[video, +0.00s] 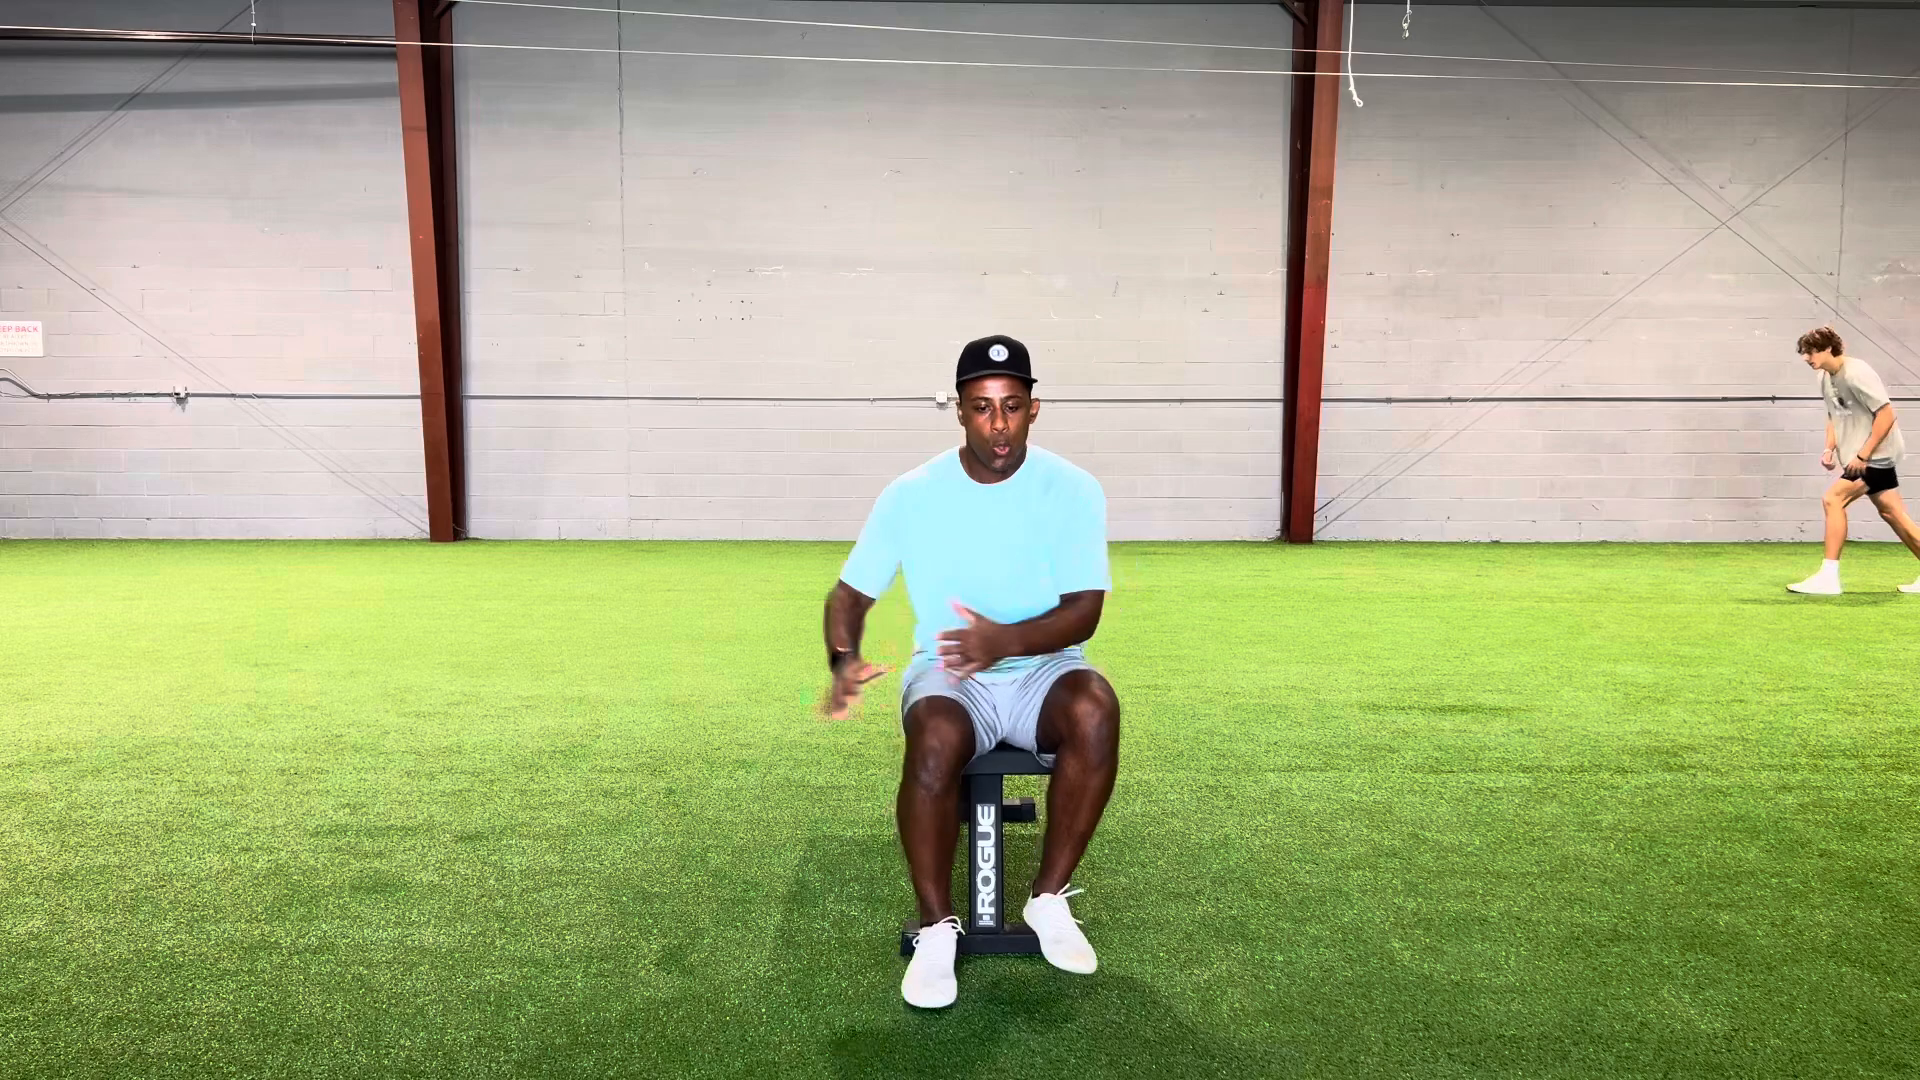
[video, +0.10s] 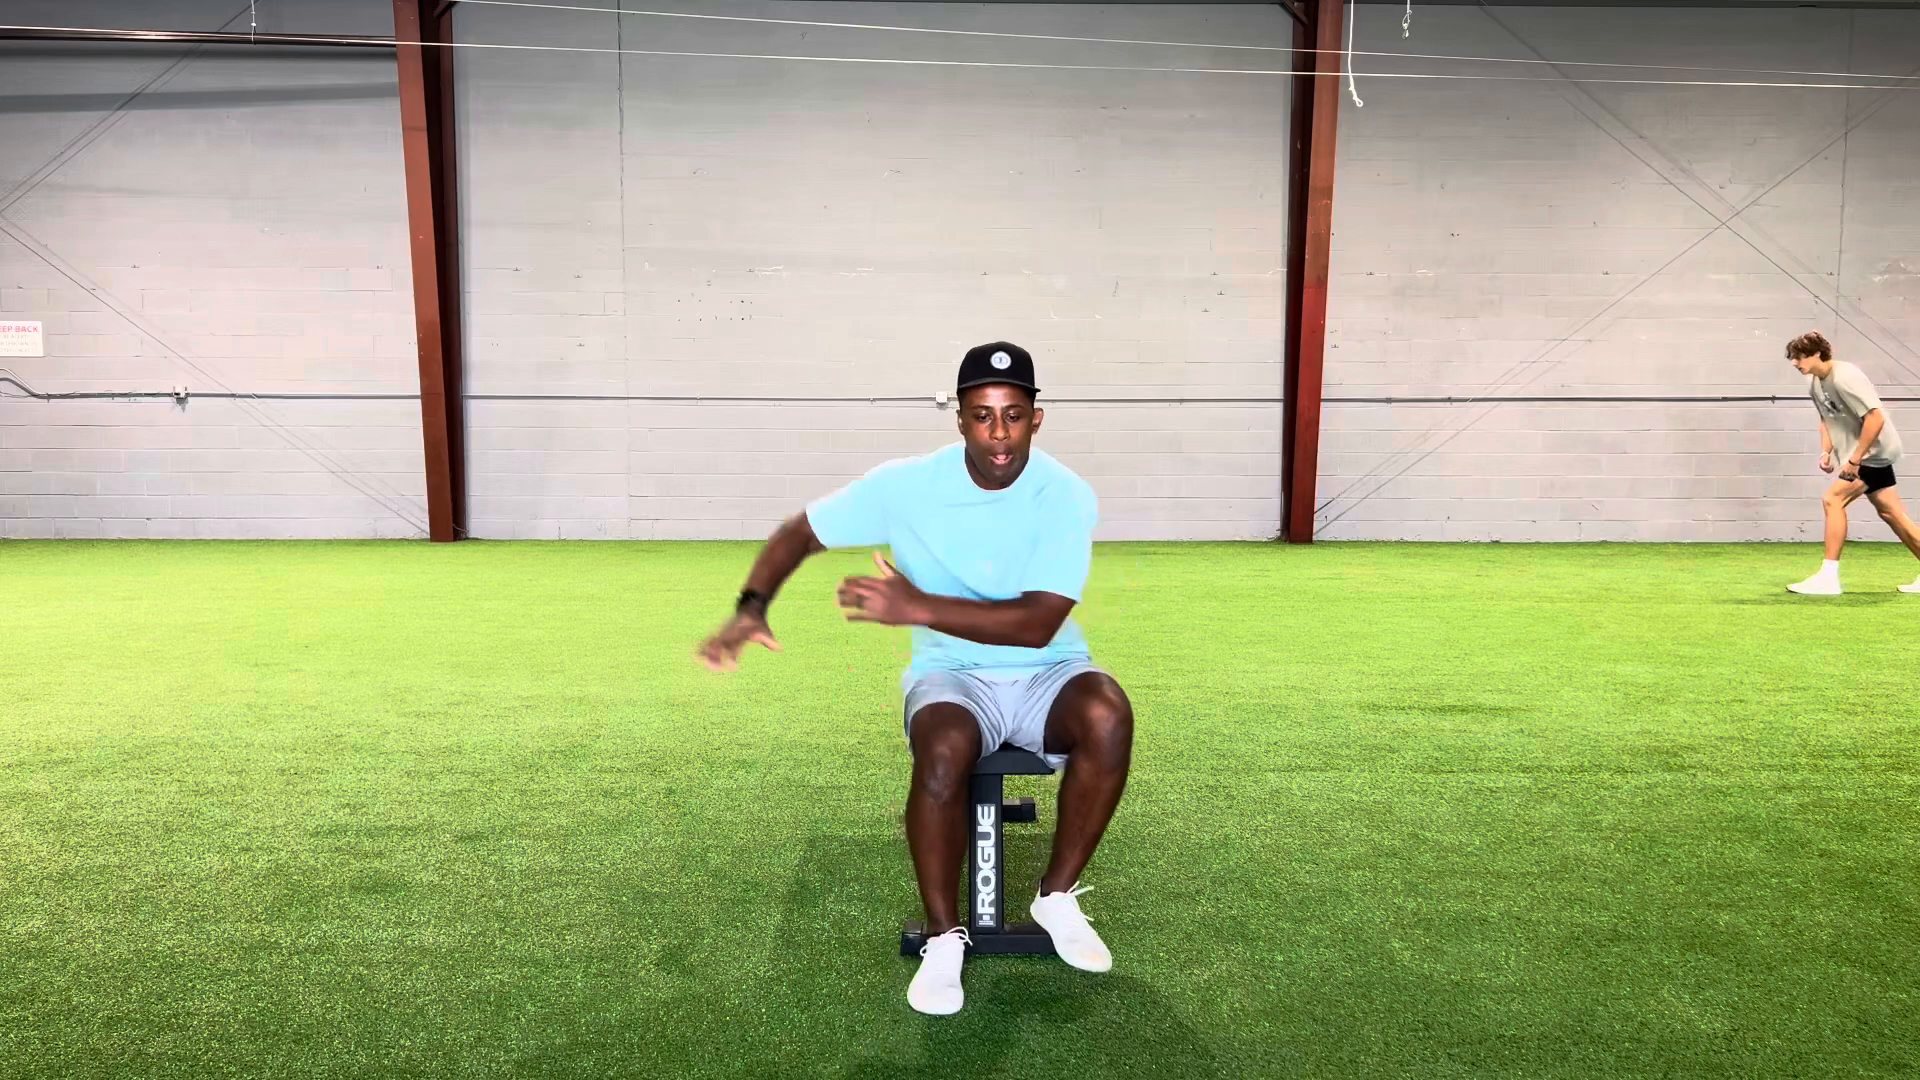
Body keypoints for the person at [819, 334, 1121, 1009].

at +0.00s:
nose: (998, 426)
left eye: (1012, 408)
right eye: (982, 409)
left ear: (1033, 410)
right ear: (959, 412)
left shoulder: (1074, 492)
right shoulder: (909, 497)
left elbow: (1084, 614)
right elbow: (848, 596)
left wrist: (1009, 639)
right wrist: (844, 656)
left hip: (1042, 673)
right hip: (946, 675)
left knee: (1095, 707)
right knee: (935, 741)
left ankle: (1050, 896)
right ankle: (935, 926)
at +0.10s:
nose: (999, 434)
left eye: (1013, 417)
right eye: (983, 418)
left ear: (1036, 419)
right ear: (960, 419)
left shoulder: (1067, 497)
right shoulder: (907, 486)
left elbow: (1037, 624)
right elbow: (800, 532)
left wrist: (919, 608)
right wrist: (752, 605)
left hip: (1047, 671)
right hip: (951, 668)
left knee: (1110, 715)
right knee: (945, 749)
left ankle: (1058, 893)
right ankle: (945, 935)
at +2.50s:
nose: (1234, 221)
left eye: (1252, 201)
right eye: (1227, 202)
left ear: (1308, 199)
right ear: (1224, 203)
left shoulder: (1382, 297)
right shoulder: (1201, 307)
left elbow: (1429, 428)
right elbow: (1168, 423)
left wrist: (1450, 563)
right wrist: (1126, 528)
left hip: (1347, 562)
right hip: (1237, 561)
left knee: (1356, 751)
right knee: (1220, 735)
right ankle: (1235, 927)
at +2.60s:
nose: (1198, 224)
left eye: (1217, 206)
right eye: (1190, 206)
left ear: (1268, 203)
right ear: (1184, 205)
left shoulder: (1344, 296)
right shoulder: (1163, 309)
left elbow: (1395, 426)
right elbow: (1130, 426)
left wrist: (1426, 557)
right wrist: (1095, 527)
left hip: (1297, 560)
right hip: (1196, 559)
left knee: (1266, 746)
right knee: (1181, 742)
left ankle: (1250, 945)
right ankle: (1225, 920)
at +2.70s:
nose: (1173, 235)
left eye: (1192, 217)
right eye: (1165, 215)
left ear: (1244, 213)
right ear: (1157, 212)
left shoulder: (1316, 315)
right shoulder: (1138, 312)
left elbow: (1364, 445)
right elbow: (1108, 429)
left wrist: (1393, 579)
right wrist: (1065, 522)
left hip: (1258, 579)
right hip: (1154, 565)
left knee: (1229, 759)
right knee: (1091, 733)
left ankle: (1234, 948)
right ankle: (1195, 881)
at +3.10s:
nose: (1069, 346)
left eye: (1089, 330)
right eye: (1056, 324)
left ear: (1126, 317)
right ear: (1037, 308)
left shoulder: (1175, 395)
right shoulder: (990, 384)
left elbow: (1216, 518)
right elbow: (932, 482)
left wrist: (1184, 598)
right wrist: (922, 594)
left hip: (1127, 601)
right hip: (1013, 595)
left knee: (1163, 752)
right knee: (974, 749)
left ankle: (1123, 927)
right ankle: (965, 934)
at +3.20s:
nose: (1053, 387)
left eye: (1073, 370)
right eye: (1039, 365)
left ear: (1108, 357)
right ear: (1020, 347)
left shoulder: (1155, 430)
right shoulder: (970, 417)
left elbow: (1200, 547)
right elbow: (916, 512)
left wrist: (1169, 631)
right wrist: (906, 619)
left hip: (1102, 621)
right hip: (993, 610)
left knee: (1126, 772)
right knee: (969, 757)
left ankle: (1086, 938)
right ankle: (965, 935)